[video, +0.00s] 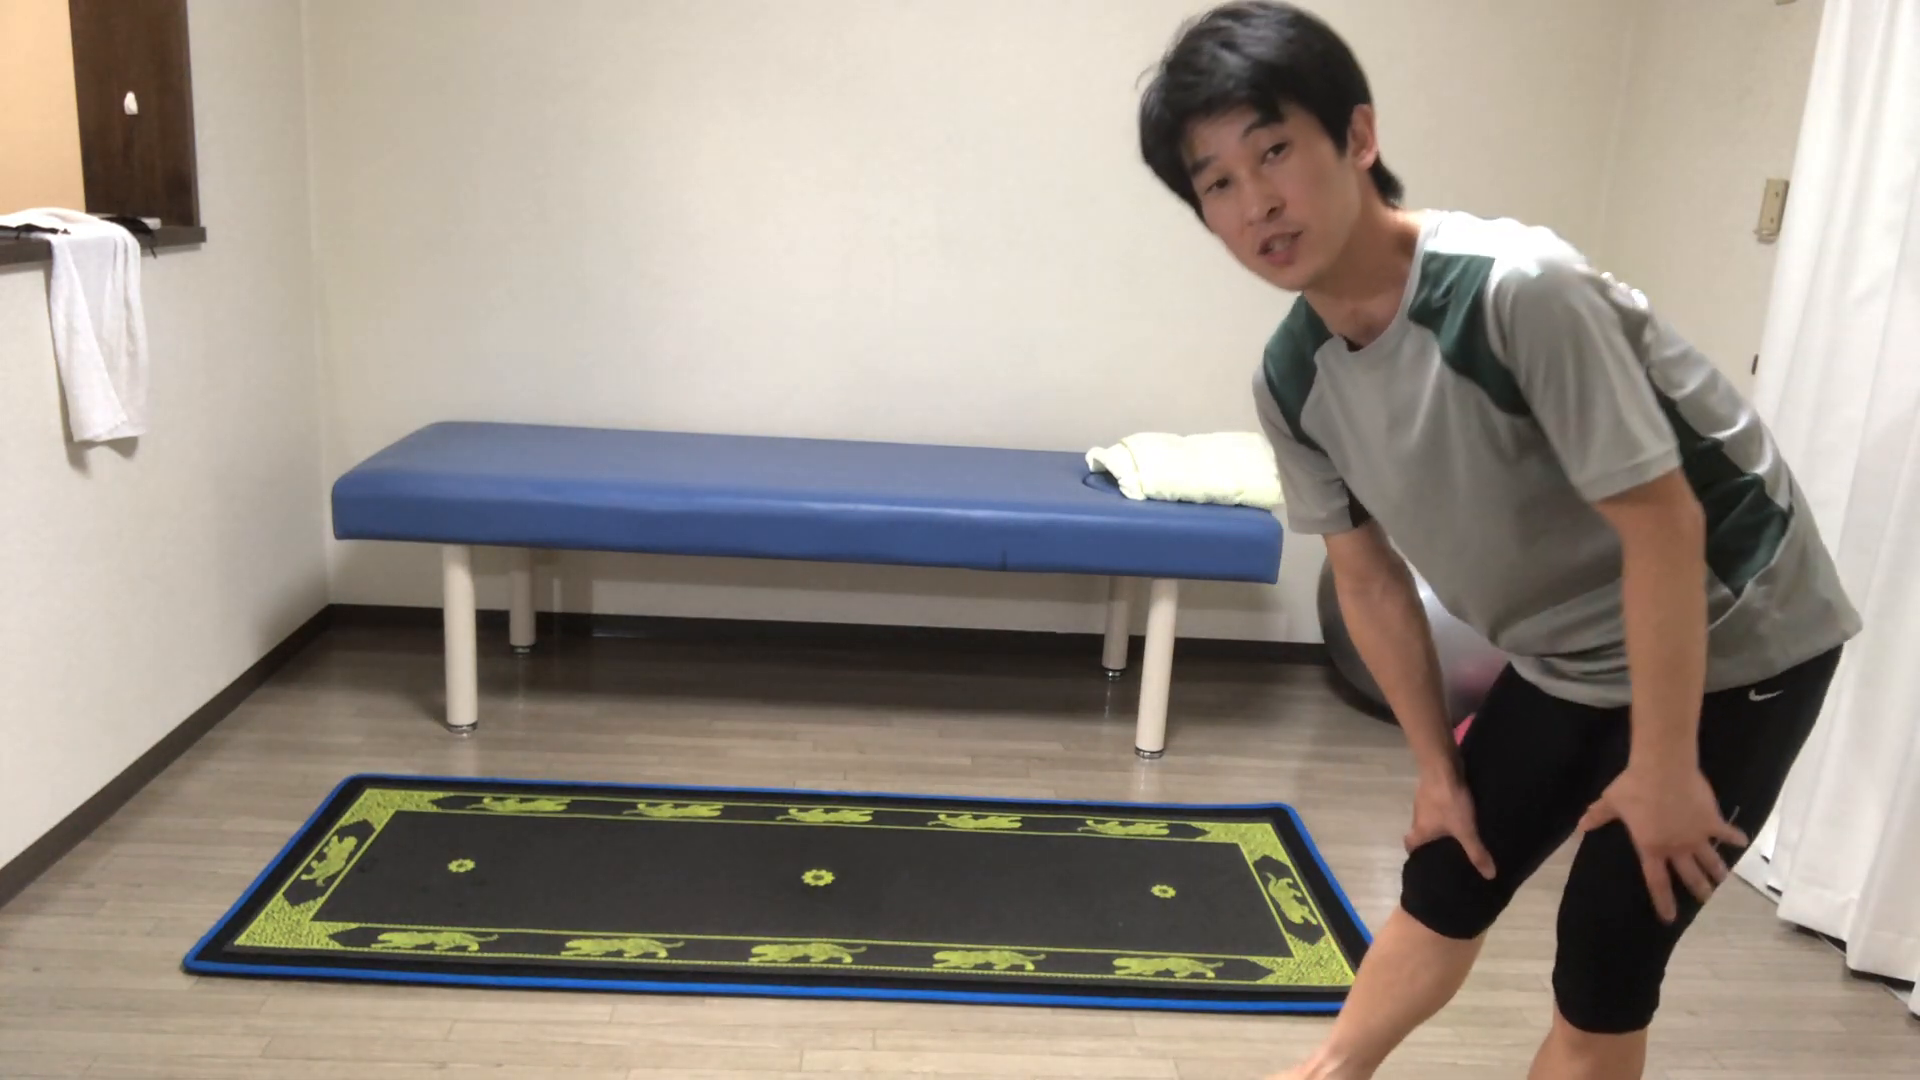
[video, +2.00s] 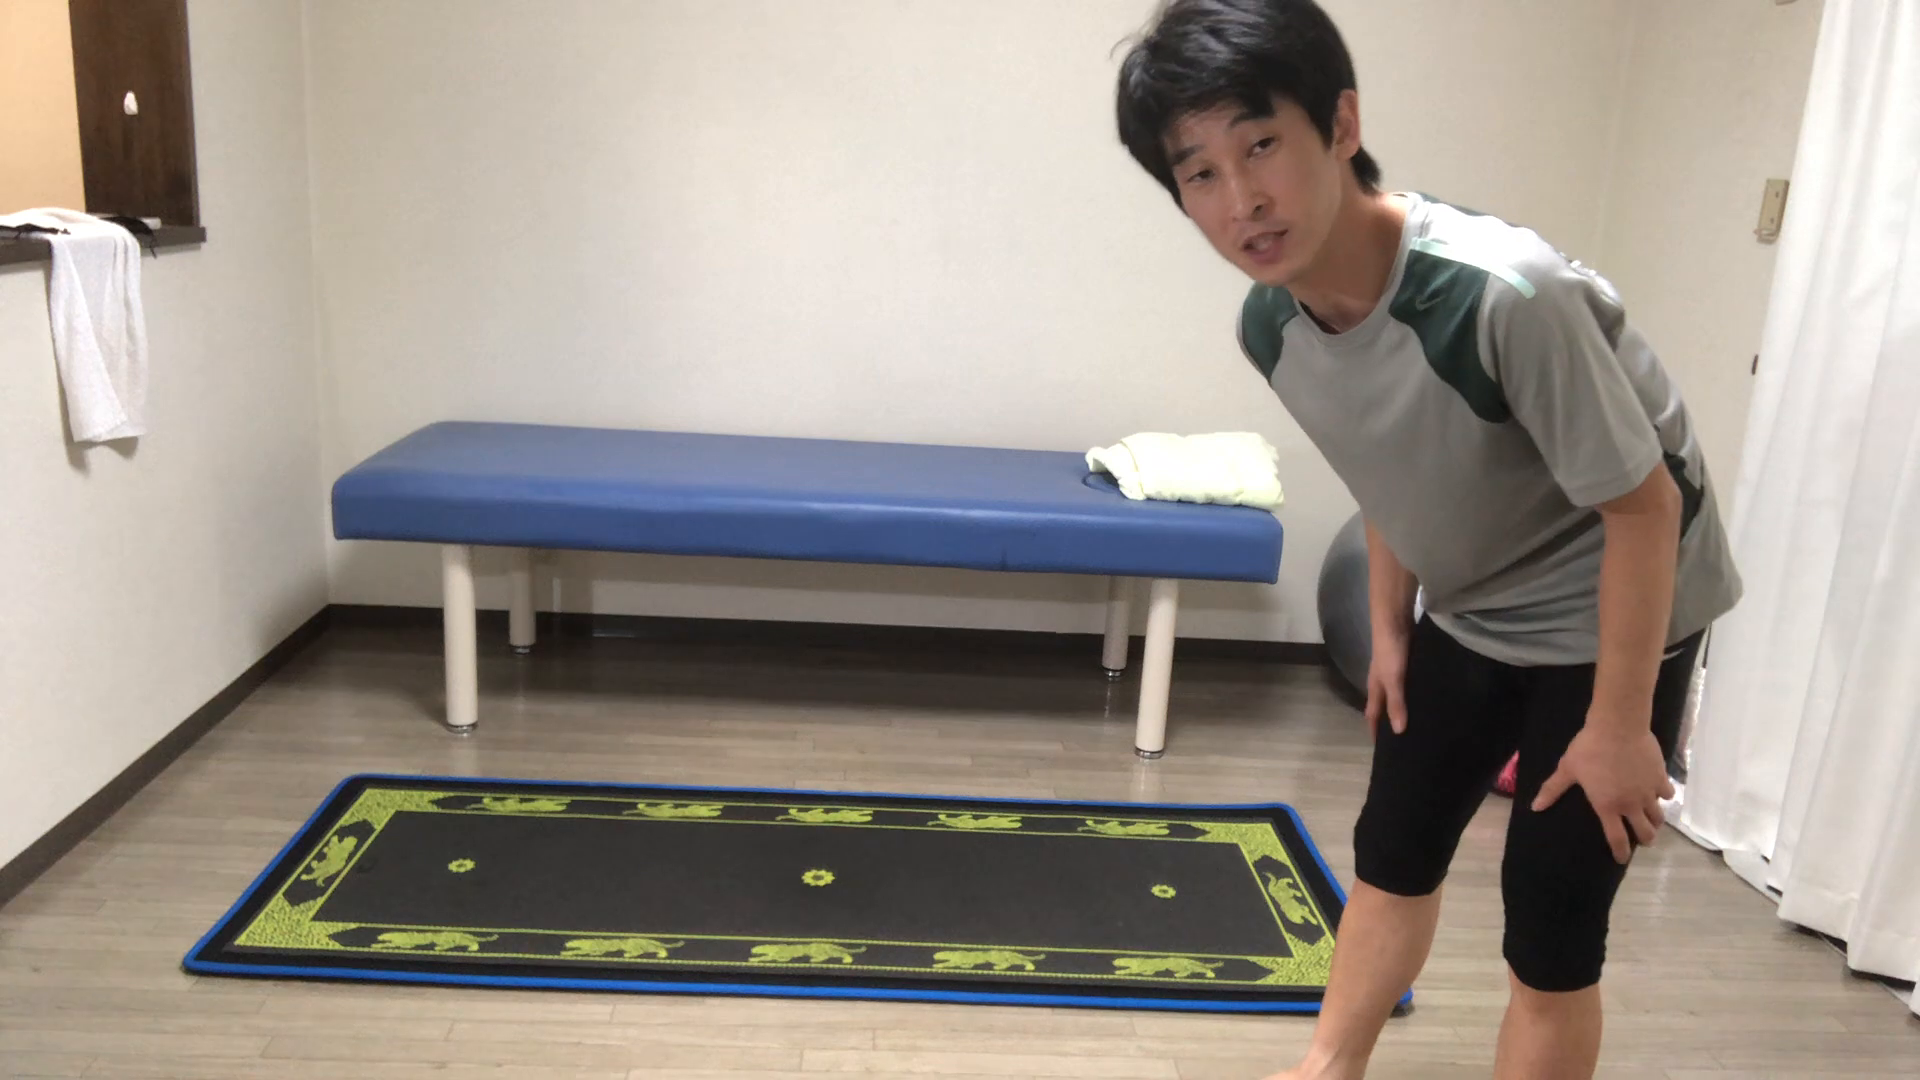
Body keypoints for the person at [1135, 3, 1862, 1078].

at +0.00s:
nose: (1253, 204)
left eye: (1274, 150)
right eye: (1215, 186)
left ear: (1356, 138)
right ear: (1203, 219)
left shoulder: (1519, 292)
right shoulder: (1293, 376)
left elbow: (1664, 524)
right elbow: (1369, 580)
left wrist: (1664, 763)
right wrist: (1435, 767)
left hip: (1748, 628)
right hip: (1573, 637)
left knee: (1611, 925)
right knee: (1446, 876)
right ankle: (1336, 1063)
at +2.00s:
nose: (1239, 199)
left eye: (1261, 146)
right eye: (1199, 174)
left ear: (1341, 126)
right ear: (1176, 198)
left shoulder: (1513, 298)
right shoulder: (1273, 326)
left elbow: (1643, 505)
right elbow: (1390, 471)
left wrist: (1620, 721)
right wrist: (1389, 626)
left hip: (1610, 622)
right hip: (1461, 608)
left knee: (1551, 930)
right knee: (1391, 852)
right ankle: (1331, 1061)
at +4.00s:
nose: (1174, 185)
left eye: (1183, 142)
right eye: (1144, 177)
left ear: (1258, 118)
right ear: (1138, 204)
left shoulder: (1414, 242)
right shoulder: (1270, 323)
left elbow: (1520, 449)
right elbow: (1410, 469)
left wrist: (1458, 654)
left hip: (1581, 580)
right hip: (1443, 579)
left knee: (1493, 857)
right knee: (1386, 815)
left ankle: (1510, 1011)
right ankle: (1326, 1058)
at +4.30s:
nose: (1330, 113)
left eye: (1350, 70)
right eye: (1298, 96)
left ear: (1420, 59)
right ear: (1283, 121)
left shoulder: (1555, 208)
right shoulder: (1355, 278)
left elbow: (1629, 409)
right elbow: (1432, 441)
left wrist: (1450, 533)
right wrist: (1435, 570)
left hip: (1615, 583)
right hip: (1474, 577)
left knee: (1536, 830)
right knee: (1394, 799)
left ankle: (1508, 1033)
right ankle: (1332, 1044)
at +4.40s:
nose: (1374, 86)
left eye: (1396, 47)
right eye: (1343, 67)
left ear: (1462, 40)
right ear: (1325, 96)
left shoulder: (1596, 196)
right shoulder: (1380, 262)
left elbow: (1665, 404)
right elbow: (1437, 433)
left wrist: (1573, 581)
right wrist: (1451, 571)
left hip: (1623, 576)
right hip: (1477, 569)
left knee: (1542, 825)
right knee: (1383, 790)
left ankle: (1504, 1036)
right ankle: (1327, 1040)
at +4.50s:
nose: (1406, 59)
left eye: (1431, 22)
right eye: (1376, 38)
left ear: (1500, 25)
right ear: (1361, 63)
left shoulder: (1621, 191)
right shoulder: (1401, 234)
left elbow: (1689, 406)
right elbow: (1447, 412)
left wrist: (1710, 596)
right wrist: (1453, 548)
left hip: (1607, 578)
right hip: (1468, 561)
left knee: (1540, 819)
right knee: (1362, 775)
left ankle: (1504, 1034)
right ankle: (1317, 1031)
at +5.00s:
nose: (1402, 8)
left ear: (1494, 7)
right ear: (1370, 12)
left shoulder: (1574, 159)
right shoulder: (1362, 167)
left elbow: (1604, 375)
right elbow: (1364, 354)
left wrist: (1566, 556)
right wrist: (1345, 505)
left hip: (1513, 538)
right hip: (1386, 523)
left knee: (1506, 789)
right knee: (1314, 735)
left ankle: (1504, 1021)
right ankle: (1290, 956)